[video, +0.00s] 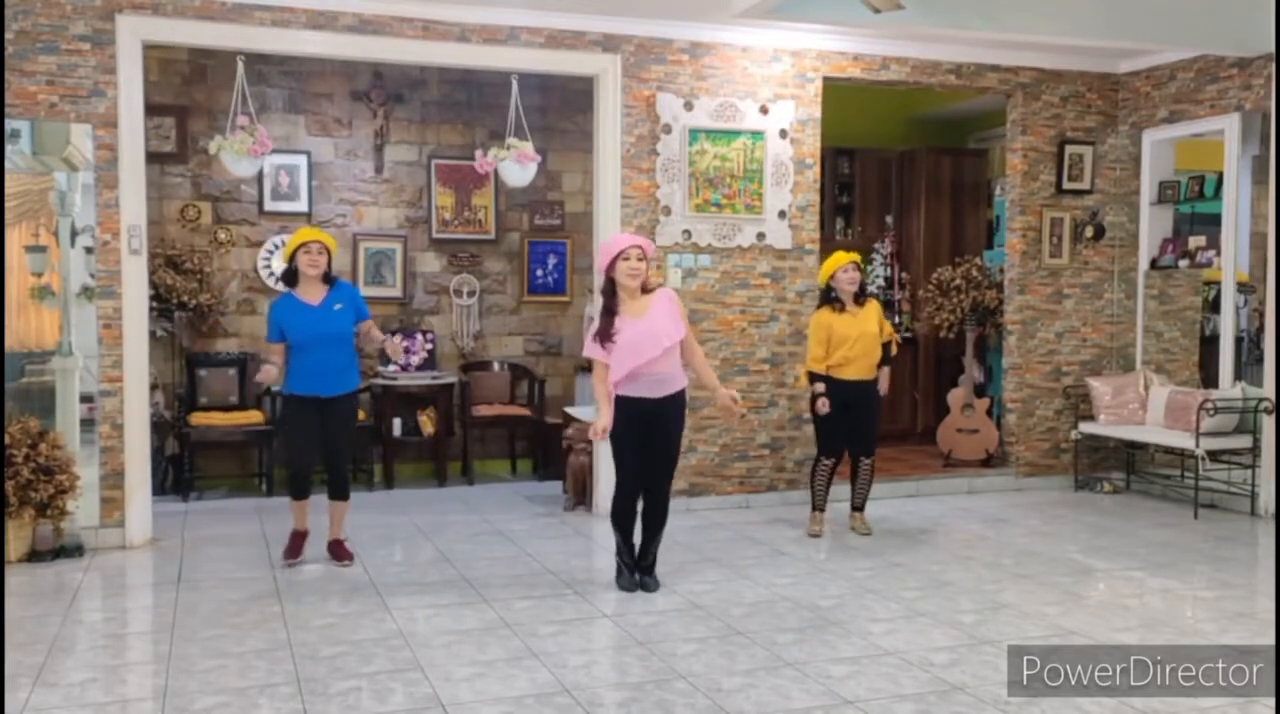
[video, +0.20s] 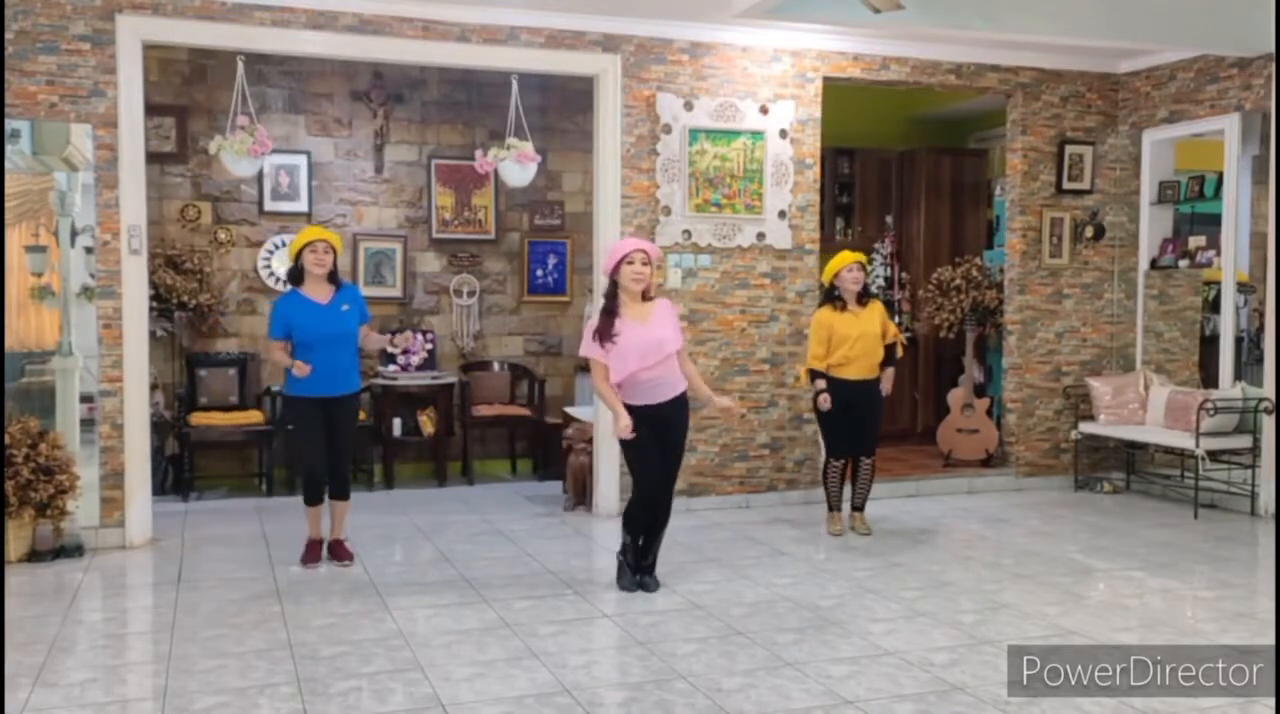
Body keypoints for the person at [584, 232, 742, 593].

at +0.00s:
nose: (635, 266)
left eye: (640, 259)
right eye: (626, 259)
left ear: (648, 267)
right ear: (611, 268)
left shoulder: (667, 299)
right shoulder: (607, 313)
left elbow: (692, 350)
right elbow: (600, 371)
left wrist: (719, 389)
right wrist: (604, 414)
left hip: (669, 403)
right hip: (627, 405)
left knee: (659, 488)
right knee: (628, 485)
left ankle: (647, 563)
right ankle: (625, 558)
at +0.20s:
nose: (639, 270)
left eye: (645, 264)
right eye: (631, 264)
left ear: (652, 272)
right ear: (615, 272)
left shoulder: (665, 309)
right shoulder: (604, 321)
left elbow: (683, 360)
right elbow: (599, 379)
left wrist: (711, 398)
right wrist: (620, 412)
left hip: (673, 407)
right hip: (633, 412)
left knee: (664, 491)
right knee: (648, 487)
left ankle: (647, 565)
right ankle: (629, 554)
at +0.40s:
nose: (639, 270)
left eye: (646, 264)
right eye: (631, 264)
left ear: (655, 274)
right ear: (618, 272)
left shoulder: (664, 314)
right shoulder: (605, 319)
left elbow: (675, 367)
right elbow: (595, 378)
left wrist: (698, 402)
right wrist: (626, 416)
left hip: (671, 408)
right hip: (633, 411)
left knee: (663, 490)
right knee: (657, 487)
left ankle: (647, 564)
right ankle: (627, 551)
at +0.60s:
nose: (640, 267)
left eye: (647, 261)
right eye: (632, 261)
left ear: (656, 270)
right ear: (620, 271)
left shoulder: (662, 313)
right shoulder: (610, 313)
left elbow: (662, 368)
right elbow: (588, 367)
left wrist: (684, 403)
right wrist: (608, 417)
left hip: (663, 408)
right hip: (627, 408)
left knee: (658, 490)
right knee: (647, 488)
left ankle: (646, 566)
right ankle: (612, 557)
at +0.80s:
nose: (640, 265)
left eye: (647, 258)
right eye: (632, 259)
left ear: (656, 267)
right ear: (619, 269)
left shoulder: (658, 314)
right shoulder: (609, 311)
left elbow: (654, 370)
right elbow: (578, 359)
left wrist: (672, 409)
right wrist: (584, 415)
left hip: (654, 411)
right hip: (617, 410)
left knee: (652, 492)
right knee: (623, 490)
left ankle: (645, 565)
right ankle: (602, 563)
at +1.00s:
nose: (637, 265)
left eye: (643, 258)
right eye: (628, 259)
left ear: (653, 267)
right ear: (616, 268)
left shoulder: (657, 315)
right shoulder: (602, 308)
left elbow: (655, 372)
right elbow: (564, 350)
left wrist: (664, 416)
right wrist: (554, 406)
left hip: (646, 410)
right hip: (606, 411)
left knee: (646, 491)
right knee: (605, 491)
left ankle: (641, 563)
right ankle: (599, 565)